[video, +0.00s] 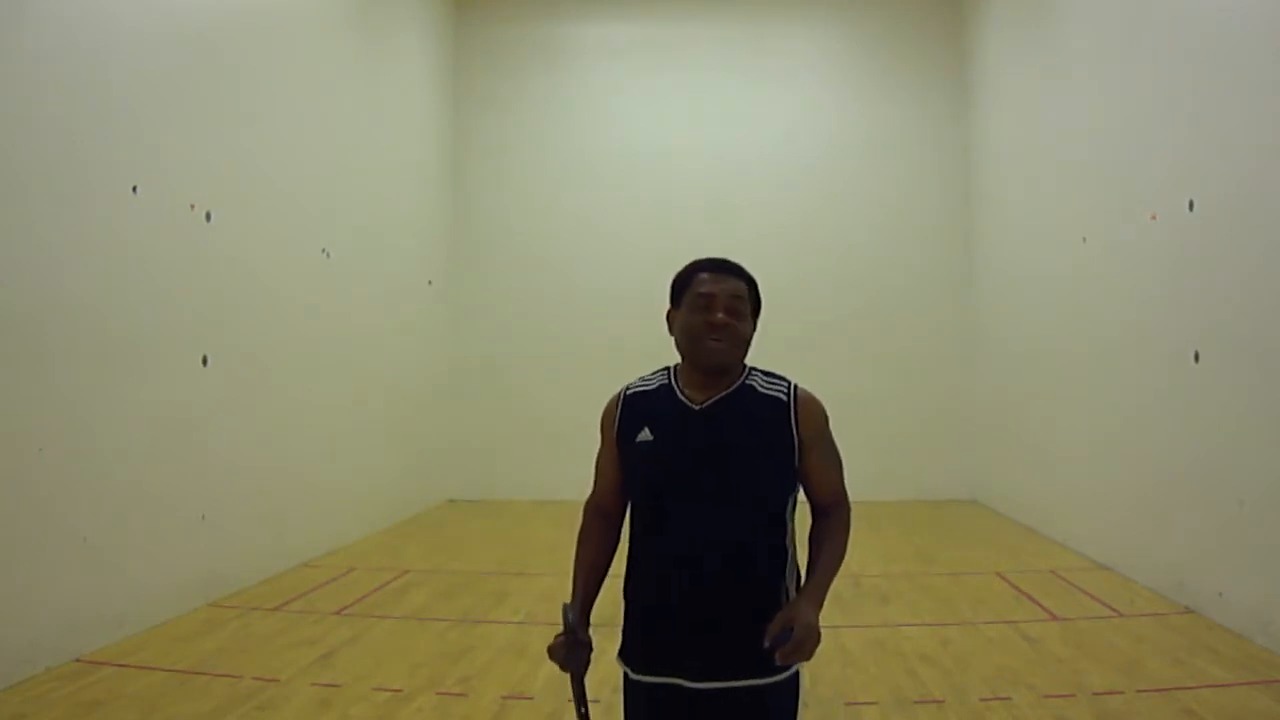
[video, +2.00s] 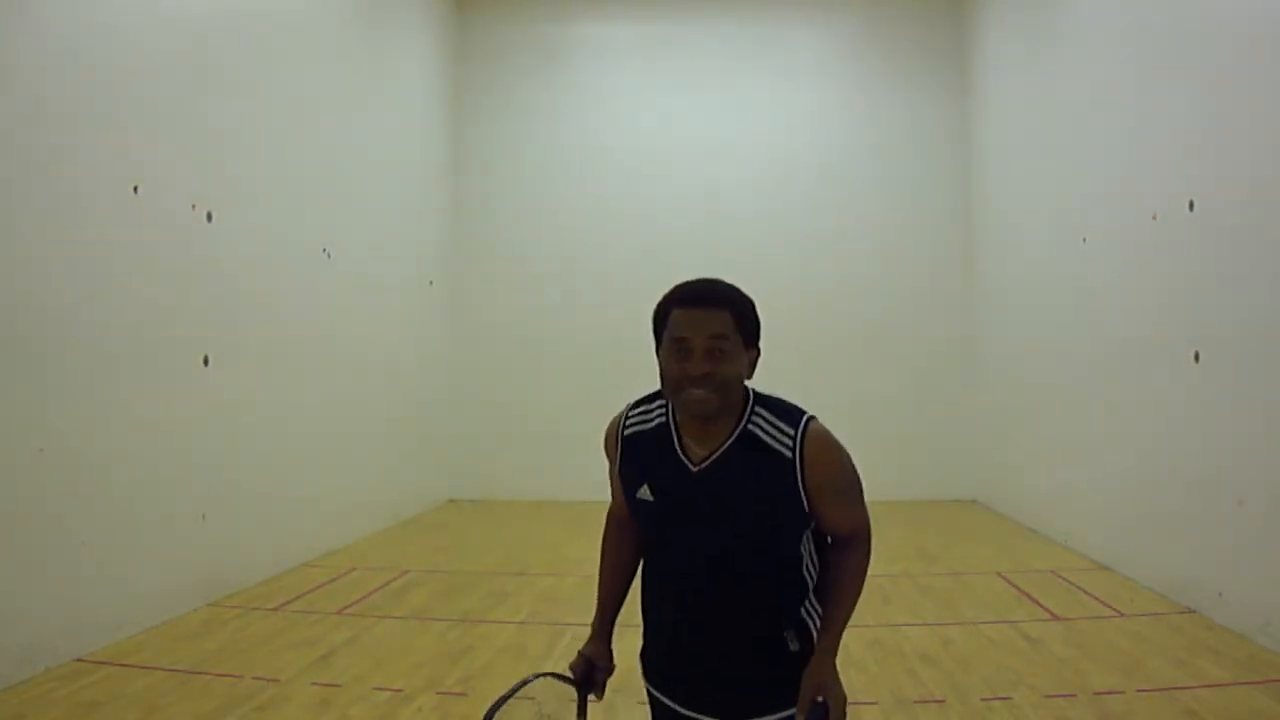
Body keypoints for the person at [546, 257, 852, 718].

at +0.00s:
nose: (719, 318)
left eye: (735, 309)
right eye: (702, 304)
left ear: (753, 329)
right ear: (671, 319)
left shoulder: (795, 411)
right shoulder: (629, 411)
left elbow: (832, 509)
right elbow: (603, 512)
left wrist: (811, 600)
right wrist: (578, 616)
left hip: (756, 667)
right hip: (656, 664)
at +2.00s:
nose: (697, 367)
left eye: (718, 350)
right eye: (680, 349)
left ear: (751, 359)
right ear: (658, 357)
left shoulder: (805, 447)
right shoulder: (629, 436)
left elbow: (851, 541)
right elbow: (625, 521)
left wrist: (825, 656)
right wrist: (600, 635)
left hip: (778, 687)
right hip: (675, 683)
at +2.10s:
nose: (703, 385)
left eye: (725, 367)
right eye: (686, 364)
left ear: (759, 373)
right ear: (664, 365)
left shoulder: (811, 464)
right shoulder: (631, 441)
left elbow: (855, 555)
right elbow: (630, 525)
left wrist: (826, 673)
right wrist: (608, 636)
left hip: (780, 691)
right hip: (678, 685)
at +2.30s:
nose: (717, 388)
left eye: (741, 370)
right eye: (702, 365)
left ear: (776, 380)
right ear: (679, 365)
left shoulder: (823, 472)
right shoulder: (640, 435)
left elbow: (857, 571)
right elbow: (634, 519)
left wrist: (820, 687)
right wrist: (611, 631)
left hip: (779, 691)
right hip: (681, 682)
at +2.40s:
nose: (727, 388)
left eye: (751, 369)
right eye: (710, 364)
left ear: (784, 378)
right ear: (685, 363)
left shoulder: (830, 474)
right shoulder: (643, 435)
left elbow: (862, 573)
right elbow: (636, 520)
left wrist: (820, 690)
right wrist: (611, 634)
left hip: (781, 691)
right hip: (682, 680)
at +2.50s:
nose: (738, 400)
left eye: (761, 380)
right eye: (719, 375)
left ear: (792, 383)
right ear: (690, 371)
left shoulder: (837, 480)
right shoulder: (646, 439)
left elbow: (867, 576)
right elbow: (637, 522)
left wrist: (827, 694)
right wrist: (613, 641)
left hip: (785, 693)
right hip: (683, 683)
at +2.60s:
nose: (750, 408)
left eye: (773, 388)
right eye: (730, 381)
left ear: (802, 388)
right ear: (699, 375)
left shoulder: (846, 487)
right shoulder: (649, 444)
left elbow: (869, 580)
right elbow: (635, 531)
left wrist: (838, 696)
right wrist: (612, 646)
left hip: (790, 695)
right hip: (682, 686)